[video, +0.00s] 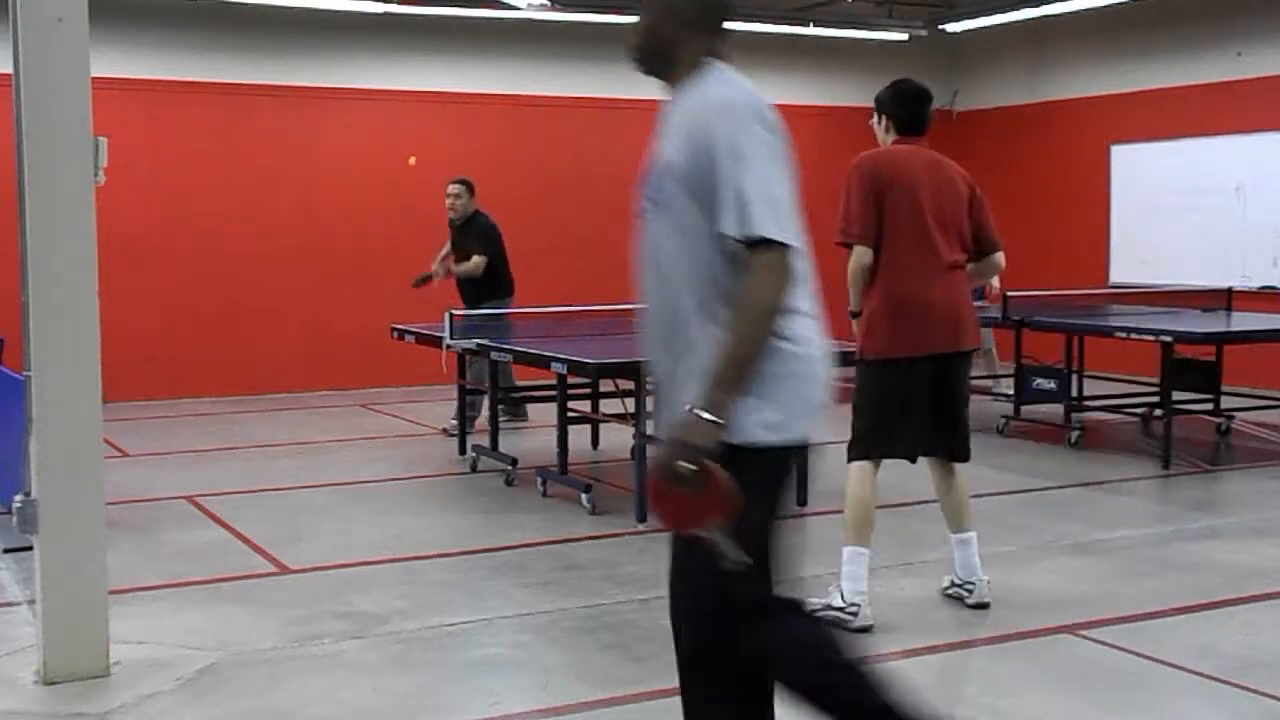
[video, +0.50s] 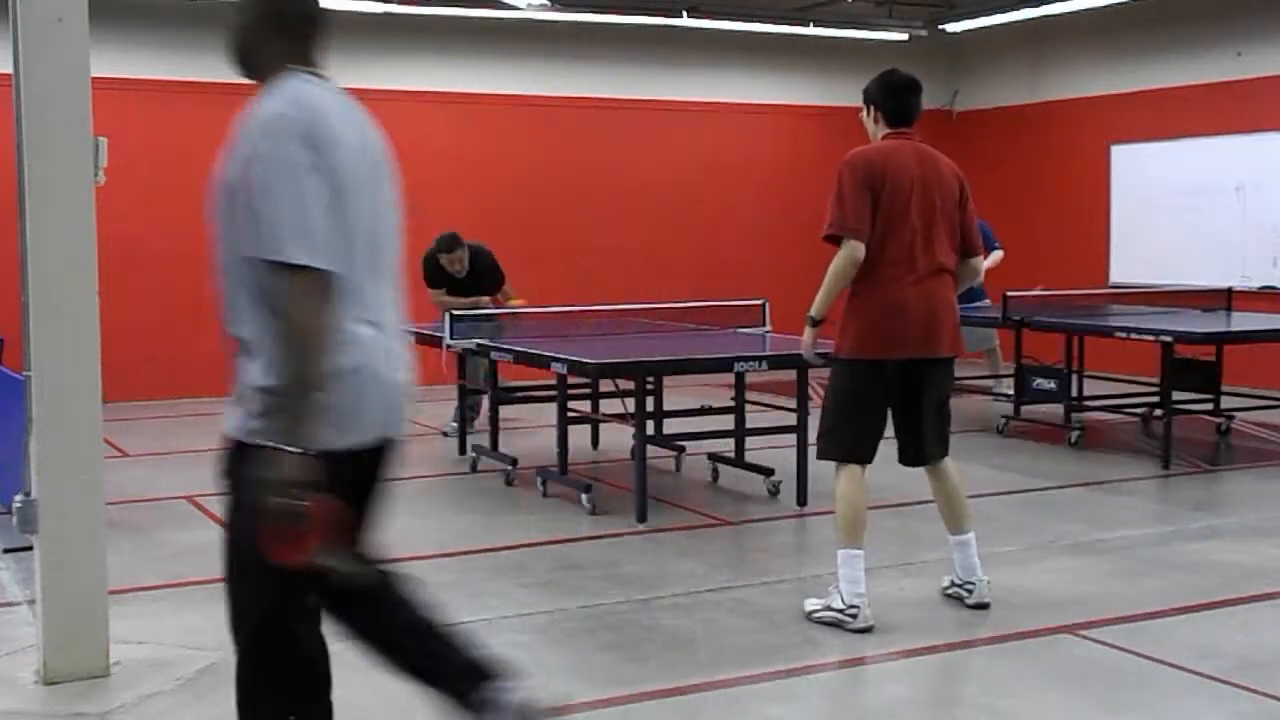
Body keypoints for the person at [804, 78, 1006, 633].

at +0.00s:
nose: (872, 126)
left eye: (874, 119)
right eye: (875, 118)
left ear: (883, 122)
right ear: (926, 122)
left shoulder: (870, 167)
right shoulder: (956, 173)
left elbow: (862, 255)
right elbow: (992, 259)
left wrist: (854, 311)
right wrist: (945, 283)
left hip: (890, 334)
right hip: (953, 334)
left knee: (863, 459)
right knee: (945, 455)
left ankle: (851, 595)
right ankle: (970, 577)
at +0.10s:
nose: (865, 123)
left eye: (866, 115)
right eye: (867, 115)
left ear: (876, 118)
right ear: (918, 118)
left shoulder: (863, 165)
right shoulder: (948, 170)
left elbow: (855, 252)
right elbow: (983, 255)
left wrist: (844, 307)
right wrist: (939, 283)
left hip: (880, 333)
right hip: (945, 332)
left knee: (859, 461)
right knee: (939, 456)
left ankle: (851, 597)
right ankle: (971, 579)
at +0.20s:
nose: (857, 120)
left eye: (859, 112)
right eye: (859, 112)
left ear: (868, 115)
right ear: (913, 115)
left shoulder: (860, 162)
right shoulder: (944, 168)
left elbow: (853, 249)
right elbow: (975, 255)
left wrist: (832, 308)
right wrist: (931, 287)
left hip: (873, 332)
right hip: (936, 332)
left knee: (854, 462)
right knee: (934, 454)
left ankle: (851, 598)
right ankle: (971, 579)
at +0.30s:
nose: (856, 118)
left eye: (858, 110)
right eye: (858, 109)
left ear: (868, 114)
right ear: (912, 115)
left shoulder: (859, 162)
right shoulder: (943, 168)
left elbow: (854, 249)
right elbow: (973, 257)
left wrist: (823, 311)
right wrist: (928, 286)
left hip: (870, 335)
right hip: (933, 334)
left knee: (853, 462)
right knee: (935, 454)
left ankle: (851, 599)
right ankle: (971, 579)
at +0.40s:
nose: (858, 119)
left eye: (860, 111)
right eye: (861, 111)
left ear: (869, 114)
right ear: (914, 114)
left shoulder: (862, 162)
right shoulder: (944, 167)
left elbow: (854, 250)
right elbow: (972, 259)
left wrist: (817, 315)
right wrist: (929, 291)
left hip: (869, 334)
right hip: (933, 334)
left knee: (852, 461)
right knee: (934, 454)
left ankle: (850, 598)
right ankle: (970, 578)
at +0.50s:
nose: (862, 120)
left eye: (863, 112)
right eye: (865, 112)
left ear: (872, 114)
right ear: (916, 115)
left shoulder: (863, 163)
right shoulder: (948, 170)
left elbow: (852, 250)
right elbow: (974, 265)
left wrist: (813, 318)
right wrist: (930, 293)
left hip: (871, 336)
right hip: (935, 337)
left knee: (850, 462)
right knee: (935, 455)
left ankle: (851, 599)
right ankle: (970, 578)